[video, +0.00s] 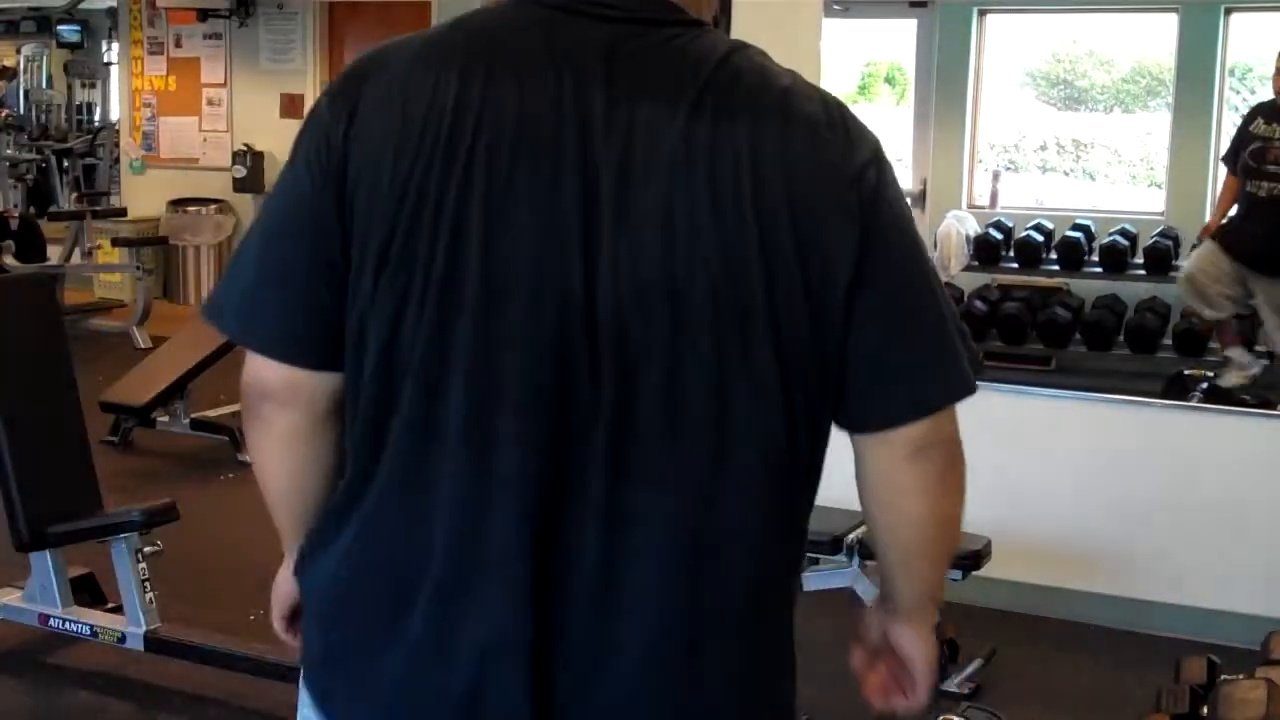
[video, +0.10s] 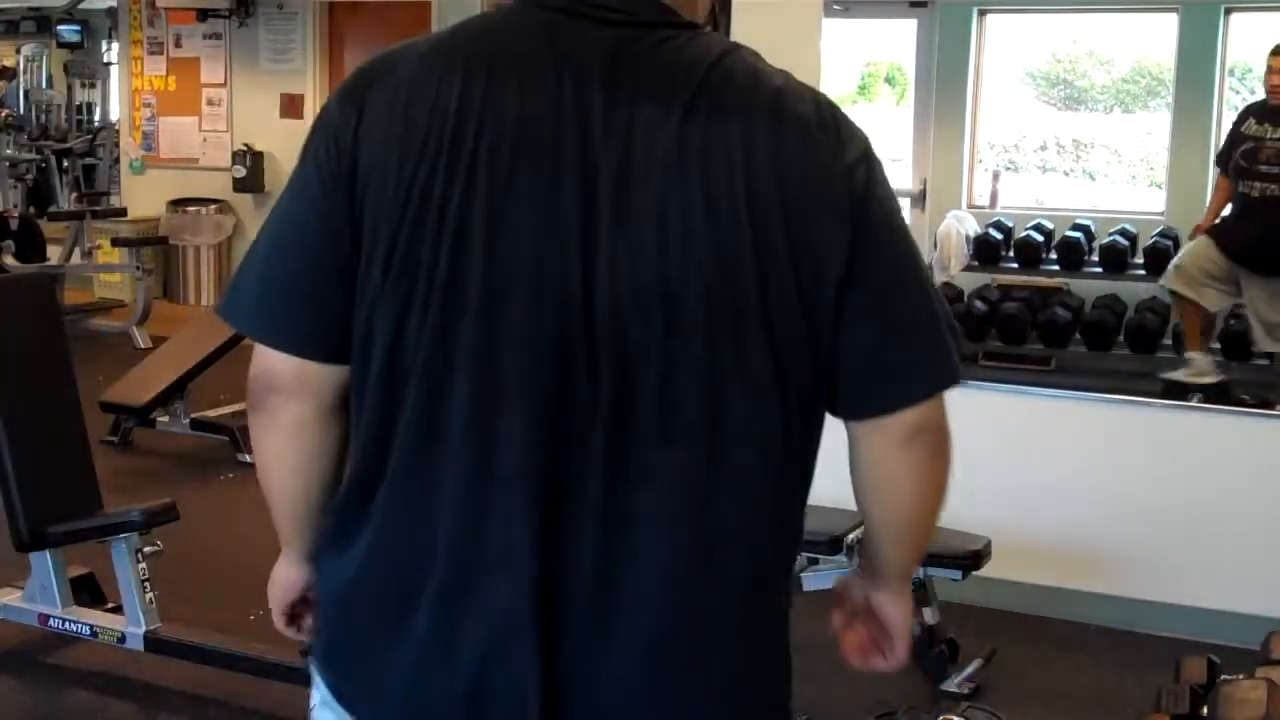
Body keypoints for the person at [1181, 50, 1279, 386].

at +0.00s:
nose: (1276, 79)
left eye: (1279, 73)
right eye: (1276, 73)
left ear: (1279, 79)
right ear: (1273, 77)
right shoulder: (1260, 114)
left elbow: (1235, 175)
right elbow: (1235, 174)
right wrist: (1216, 219)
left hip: (1277, 238)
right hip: (1247, 229)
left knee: (1274, 331)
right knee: (1198, 274)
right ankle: (1238, 359)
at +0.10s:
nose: (1272, 80)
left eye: (1277, 73)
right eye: (1269, 71)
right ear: (1264, 75)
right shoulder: (1253, 115)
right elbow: (1229, 173)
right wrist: (1209, 219)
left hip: (1273, 236)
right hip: (1242, 229)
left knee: (1274, 331)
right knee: (1187, 268)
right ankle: (1198, 361)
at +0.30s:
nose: (1250, 80)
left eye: (1260, 72)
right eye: (1246, 72)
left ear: (1279, 78)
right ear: (1241, 76)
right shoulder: (1228, 121)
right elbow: (1206, 186)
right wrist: (1191, 240)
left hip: (1269, 255)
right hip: (1216, 248)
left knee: (1274, 344)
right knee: (1171, 317)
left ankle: (1277, 408)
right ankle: (1148, 392)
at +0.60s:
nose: (1195, 71)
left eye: (1206, 65)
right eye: (1192, 63)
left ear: (1227, 75)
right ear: (1186, 68)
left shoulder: (1249, 125)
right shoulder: (1170, 117)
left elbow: (1269, 187)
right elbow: (1149, 178)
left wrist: (1272, 243)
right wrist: (1137, 226)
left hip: (1222, 250)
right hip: (1167, 246)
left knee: (1233, 336)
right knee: (1163, 341)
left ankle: (1258, 373)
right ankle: (1159, 417)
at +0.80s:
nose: (1174, 67)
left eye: (1186, 61)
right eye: (1172, 60)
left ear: (1206, 72)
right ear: (1166, 66)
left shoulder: (1227, 121)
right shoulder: (1145, 114)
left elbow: (1251, 184)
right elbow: (1117, 175)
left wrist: (1251, 240)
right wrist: (1089, 222)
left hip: (1200, 243)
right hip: (1147, 243)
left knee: (1195, 301)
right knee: (1155, 344)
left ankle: (1196, 366)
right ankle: (1158, 422)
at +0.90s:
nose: (1170, 67)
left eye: (1182, 62)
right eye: (1167, 59)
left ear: (1202, 73)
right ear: (1160, 64)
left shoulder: (1221, 122)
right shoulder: (1137, 115)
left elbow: (1242, 184)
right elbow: (1107, 173)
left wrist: (1240, 240)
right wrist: (1082, 218)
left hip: (1192, 243)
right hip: (1140, 241)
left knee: (1180, 306)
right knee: (1148, 329)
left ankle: (1173, 384)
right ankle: (1155, 395)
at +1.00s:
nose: (1169, 67)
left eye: (1181, 62)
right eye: (1165, 59)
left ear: (1199, 73)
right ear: (1157, 65)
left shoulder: (1216, 124)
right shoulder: (1131, 115)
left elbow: (1237, 186)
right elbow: (1102, 174)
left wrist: (1231, 243)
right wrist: (1079, 224)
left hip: (1183, 251)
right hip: (1129, 247)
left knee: (1155, 350)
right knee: (1142, 349)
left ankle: (1134, 437)